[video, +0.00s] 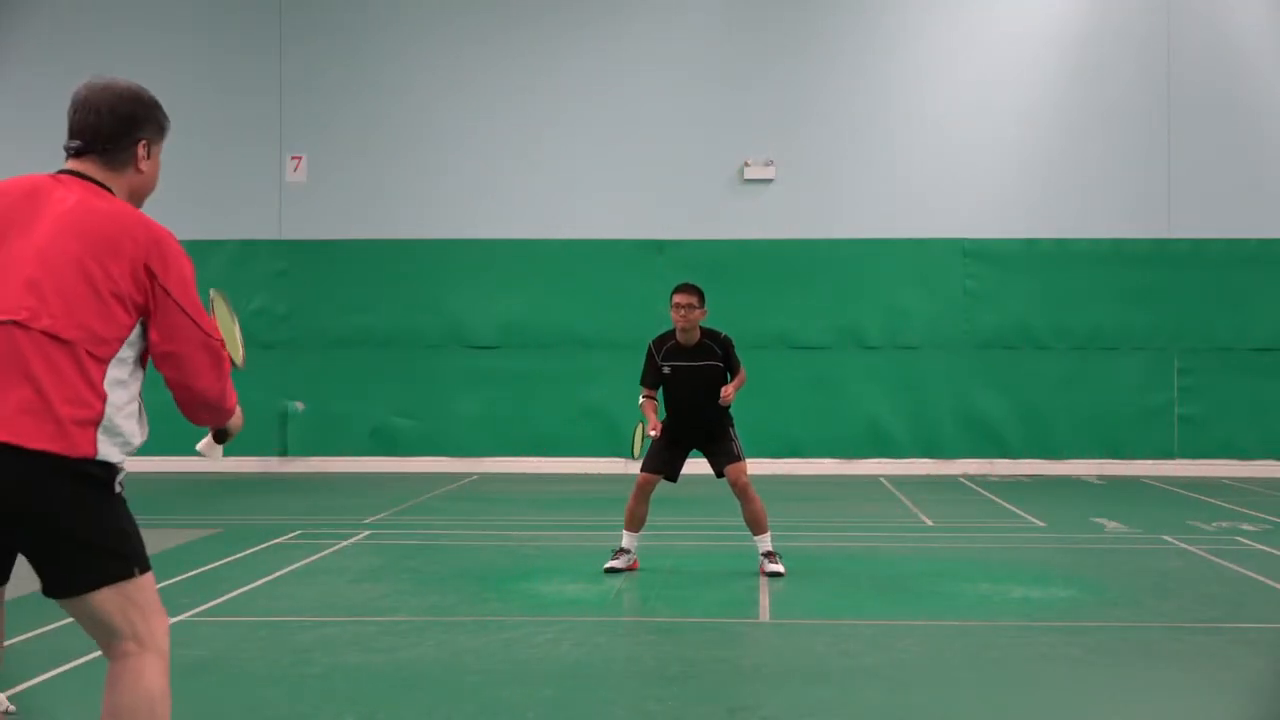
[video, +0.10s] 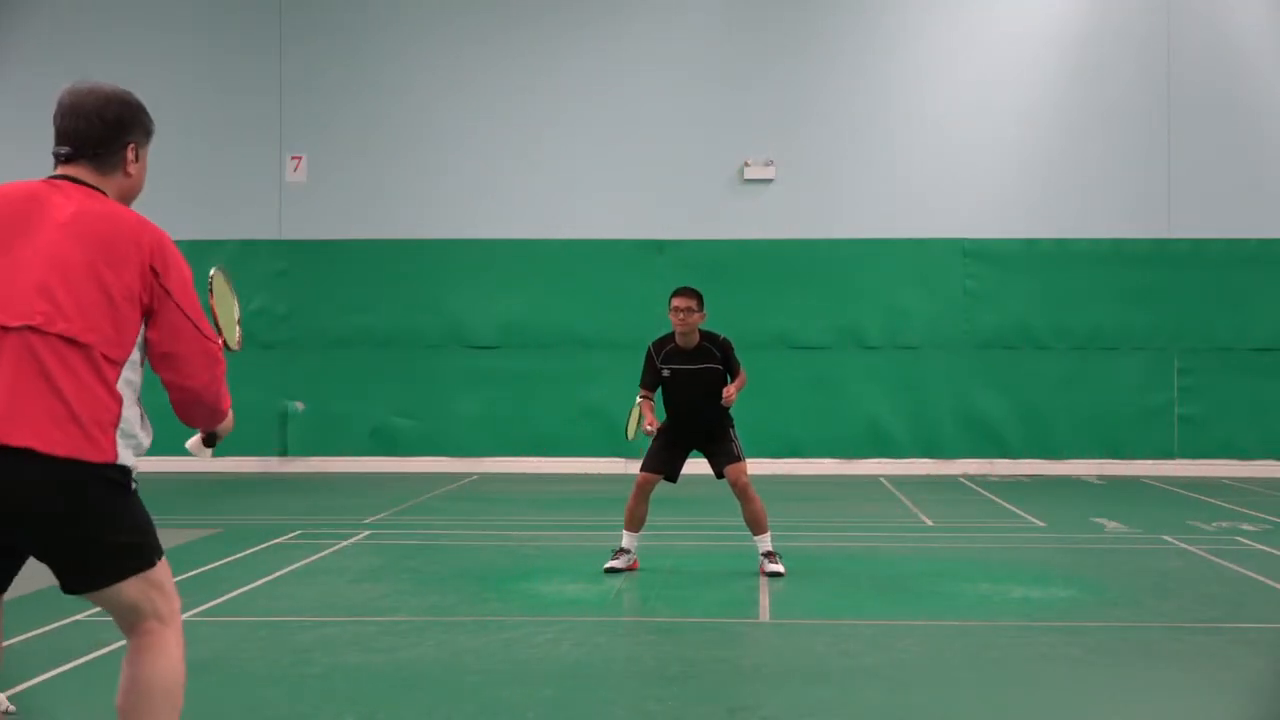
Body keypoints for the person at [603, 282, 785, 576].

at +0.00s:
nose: (681, 312)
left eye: (688, 308)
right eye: (677, 307)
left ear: (702, 313)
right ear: (670, 311)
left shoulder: (720, 343)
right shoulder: (659, 347)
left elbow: (739, 375)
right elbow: (648, 394)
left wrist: (732, 387)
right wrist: (652, 419)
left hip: (716, 424)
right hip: (675, 425)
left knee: (740, 482)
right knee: (644, 482)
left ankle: (767, 553)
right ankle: (627, 551)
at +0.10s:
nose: (680, 316)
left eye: (687, 311)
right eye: (675, 311)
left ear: (700, 316)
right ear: (669, 314)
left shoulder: (719, 346)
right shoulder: (658, 350)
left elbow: (740, 376)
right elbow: (646, 394)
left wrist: (733, 388)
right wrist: (649, 416)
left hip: (716, 426)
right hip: (675, 426)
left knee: (741, 482)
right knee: (643, 482)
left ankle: (767, 553)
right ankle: (627, 551)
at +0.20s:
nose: (679, 321)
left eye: (686, 316)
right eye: (674, 315)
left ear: (699, 320)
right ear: (668, 319)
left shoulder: (718, 350)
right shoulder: (657, 354)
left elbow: (739, 378)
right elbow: (643, 395)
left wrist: (735, 391)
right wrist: (644, 412)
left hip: (716, 428)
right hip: (675, 428)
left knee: (741, 483)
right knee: (643, 482)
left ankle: (767, 553)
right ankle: (627, 551)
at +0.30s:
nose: (678, 326)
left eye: (685, 320)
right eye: (673, 320)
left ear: (698, 324)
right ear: (667, 324)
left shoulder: (717, 352)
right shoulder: (657, 357)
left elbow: (740, 379)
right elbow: (641, 394)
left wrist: (735, 393)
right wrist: (643, 410)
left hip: (716, 429)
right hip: (676, 429)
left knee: (741, 483)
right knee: (642, 483)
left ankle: (767, 553)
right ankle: (626, 551)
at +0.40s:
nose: (678, 330)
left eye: (685, 324)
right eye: (672, 324)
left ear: (698, 328)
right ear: (666, 328)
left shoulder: (716, 355)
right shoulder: (657, 360)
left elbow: (739, 380)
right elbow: (639, 396)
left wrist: (736, 395)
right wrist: (641, 408)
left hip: (717, 430)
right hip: (676, 431)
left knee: (741, 483)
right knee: (642, 483)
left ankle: (767, 553)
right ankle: (626, 551)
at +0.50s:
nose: (677, 333)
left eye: (684, 327)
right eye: (672, 327)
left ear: (698, 330)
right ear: (666, 330)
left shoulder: (716, 357)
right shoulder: (657, 361)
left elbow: (739, 381)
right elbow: (639, 397)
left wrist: (737, 397)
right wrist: (641, 409)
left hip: (716, 433)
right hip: (675, 433)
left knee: (742, 484)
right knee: (641, 483)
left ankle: (767, 553)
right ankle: (626, 551)